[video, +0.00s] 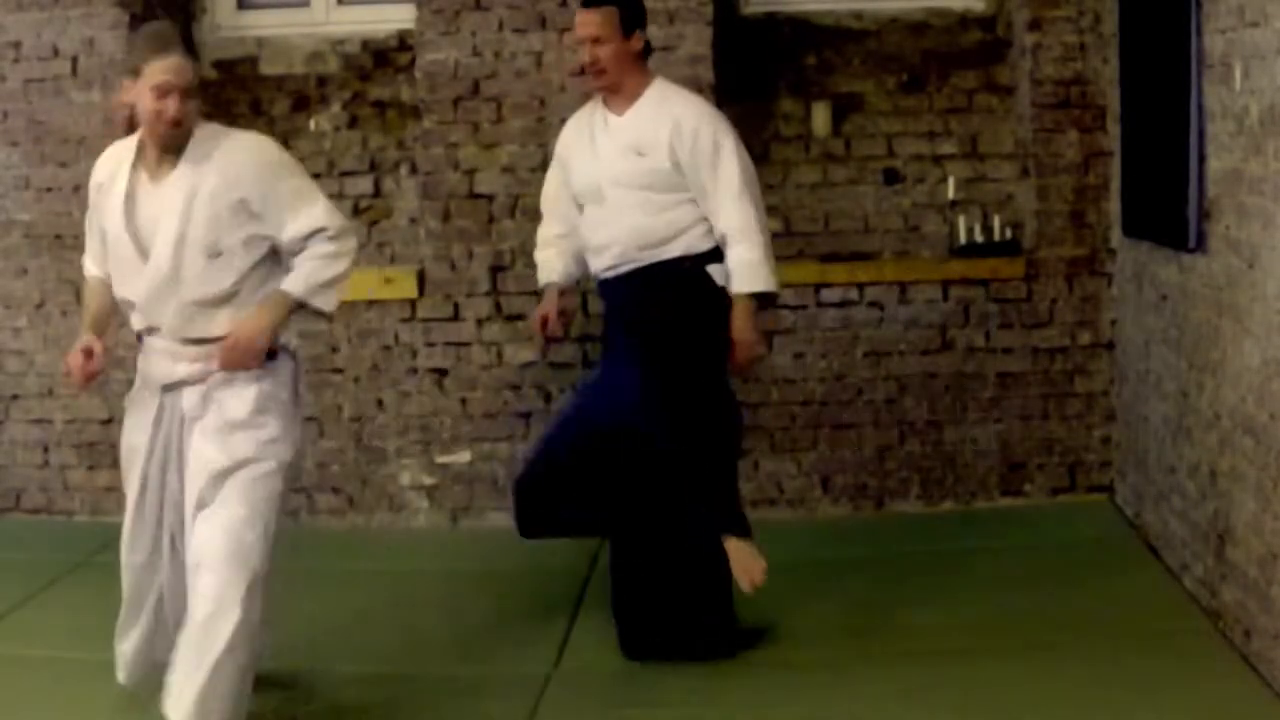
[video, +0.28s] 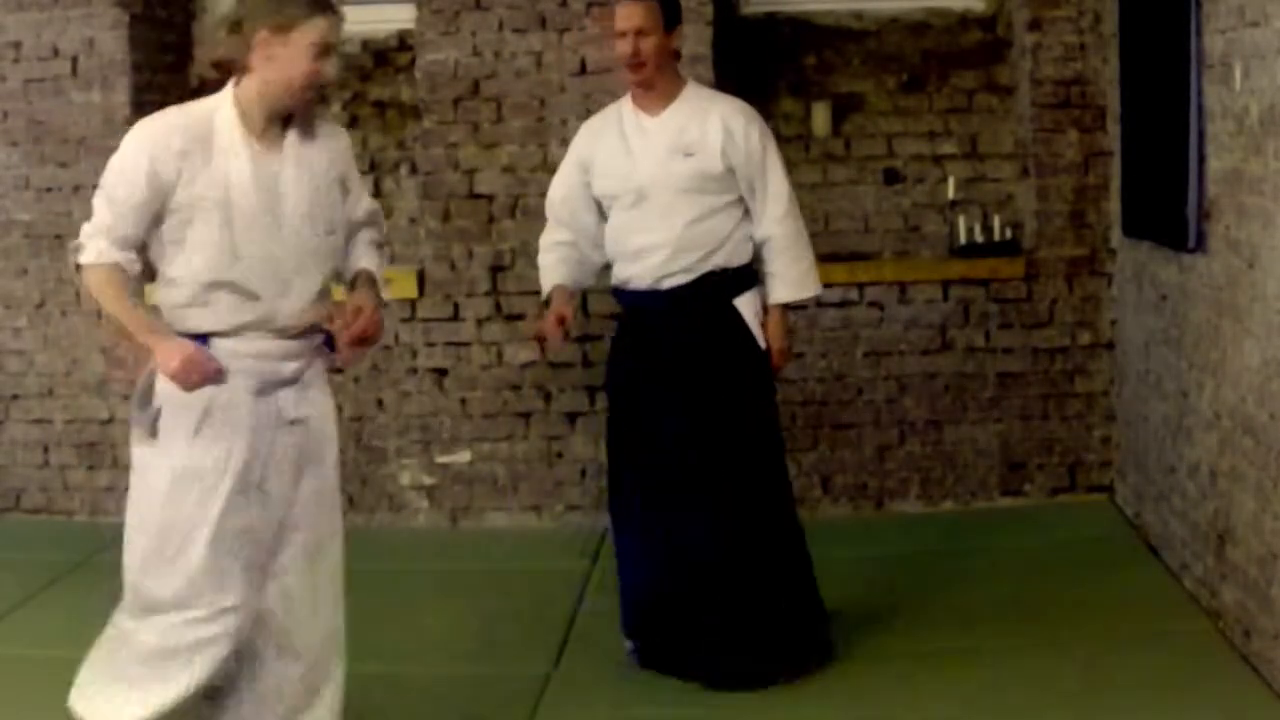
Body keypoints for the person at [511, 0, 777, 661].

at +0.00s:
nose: (585, 55)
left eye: (598, 42)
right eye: (580, 44)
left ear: (637, 43)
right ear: (579, 51)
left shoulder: (689, 117)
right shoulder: (578, 131)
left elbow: (738, 208)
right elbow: (558, 215)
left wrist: (744, 308)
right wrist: (556, 287)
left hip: (690, 292)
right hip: (625, 302)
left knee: (677, 452)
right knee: (652, 460)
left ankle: (723, 538)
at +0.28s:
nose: (629, 48)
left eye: (641, 33)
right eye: (619, 37)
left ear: (672, 37)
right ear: (611, 46)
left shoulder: (731, 122)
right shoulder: (595, 139)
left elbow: (777, 220)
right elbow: (566, 225)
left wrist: (777, 314)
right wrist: (559, 292)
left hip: (722, 321)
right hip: (642, 327)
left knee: (739, 479)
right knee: (647, 483)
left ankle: (758, 634)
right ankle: (661, 635)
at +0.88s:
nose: (626, 50)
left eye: (638, 37)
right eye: (614, 38)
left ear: (661, 47)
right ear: (596, 48)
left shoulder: (699, 129)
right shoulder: (571, 128)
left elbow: (742, 206)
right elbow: (538, 211)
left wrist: (717, 240)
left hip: (684, 322)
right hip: (597, 324)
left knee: (729, 477)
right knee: (613, 492)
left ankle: (773, 638)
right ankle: (626, 649)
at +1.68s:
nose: (642, 83)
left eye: (655, 69)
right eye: (632, 71)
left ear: (682, 73)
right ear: (620, 75)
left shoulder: (726, 144)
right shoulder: (605, 147)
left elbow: (754, 234)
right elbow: (588, 222)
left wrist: (677, 186)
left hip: (708, 334)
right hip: (627, 336)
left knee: (736, 479)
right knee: (640, 477)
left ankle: (741, 609)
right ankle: (648, 613)